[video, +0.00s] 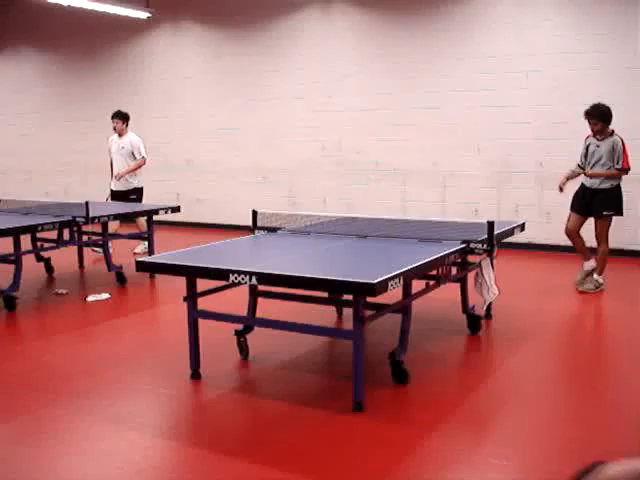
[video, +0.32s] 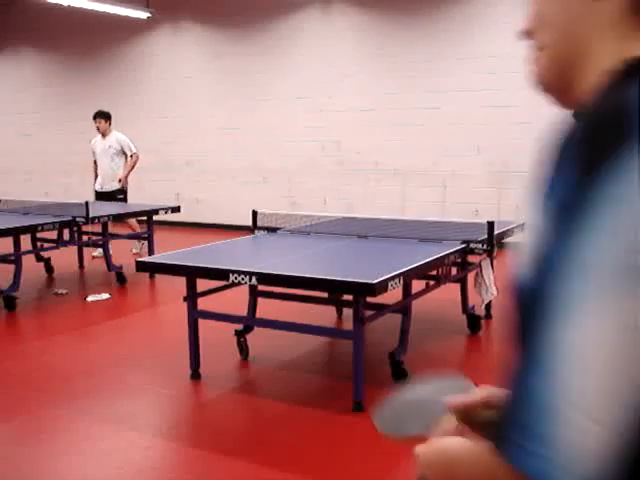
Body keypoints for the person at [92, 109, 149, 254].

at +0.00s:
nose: (114, 126)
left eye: (117, 123)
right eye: (113, 123)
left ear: (125, 124)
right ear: (113, 124)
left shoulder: (134, 140)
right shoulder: (112, 140)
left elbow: (142, 160)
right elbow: (112, 161)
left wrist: (124, 172)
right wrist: (112, 180)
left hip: (133, 186)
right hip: (116, 186)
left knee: (137, 216)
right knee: (114, 218)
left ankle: (146, 240)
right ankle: (105, 242)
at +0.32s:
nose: (97, 126)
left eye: (99, 123)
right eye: (96, 123)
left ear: (108, 122)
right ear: (95, 124)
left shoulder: (119, 138)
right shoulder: (95, 142)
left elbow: (134, 155)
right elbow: (95, 163)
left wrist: (125, 175)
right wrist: (96, 180)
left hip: (117, 186)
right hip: (101, 186)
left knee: (124, 215)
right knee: (104, 219)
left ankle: (142, 237)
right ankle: (104, 245)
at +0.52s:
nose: (89, 128)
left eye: (91, 125)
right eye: (87, 125)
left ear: (99, 123)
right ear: (87, 125)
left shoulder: (112, 139)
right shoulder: (87, 142)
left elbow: (124, 158)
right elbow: (83, 162)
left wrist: (114, 176)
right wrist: (75, 181)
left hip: (109, 187)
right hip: (94, 189)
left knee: (114, 217)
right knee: (101, 220)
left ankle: (129, 240)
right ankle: (103, 245)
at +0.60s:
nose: (88, 128)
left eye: (90, 125)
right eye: (86, 125)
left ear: (99, 123)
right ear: (86, 126)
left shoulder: (111, 139)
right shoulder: (86, 142)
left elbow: (123, 158)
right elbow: (82, 162)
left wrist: (113, 177)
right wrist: (72, 180)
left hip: (108, 187)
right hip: (93, 189)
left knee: (112, 217)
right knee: (99, 220)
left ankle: (126, 242)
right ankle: (102, 245)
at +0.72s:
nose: (85, 130)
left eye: (87, 126)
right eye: (83, 127)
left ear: (95, 124)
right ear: (81, 127)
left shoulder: (107, 140)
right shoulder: (83, 142)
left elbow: (118, 160)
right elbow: (77, 161)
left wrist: (106, 178)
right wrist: (67, 176)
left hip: (104, 188)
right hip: (90, 189)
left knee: (106, 221)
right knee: (99, 221)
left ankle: (106, 247)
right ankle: (104, 247)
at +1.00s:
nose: (75, 140)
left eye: (78, 136)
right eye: (73, 137)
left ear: (85, 133)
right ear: (71, 136)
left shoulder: (96, 148)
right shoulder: (77, 146)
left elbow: (103, 170)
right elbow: (78, 166)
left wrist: (90, 186)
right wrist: (76, 184)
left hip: (101, 189)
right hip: (89, 189)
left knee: (97, 222)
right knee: (94, 222)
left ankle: (100, 251)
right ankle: (98, 250)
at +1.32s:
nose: (69, 150)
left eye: (71, 146)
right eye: (67, 147)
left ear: (78, 142)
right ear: (65, 145)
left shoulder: (88, 155)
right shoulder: (76, 152)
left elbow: (87, 180)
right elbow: (80, 172)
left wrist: (74, 198)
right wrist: (84, 186)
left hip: (98, 188)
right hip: (91, 187)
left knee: (95, 218)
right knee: (91, 217)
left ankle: (98, 252)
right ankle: (95, 252)